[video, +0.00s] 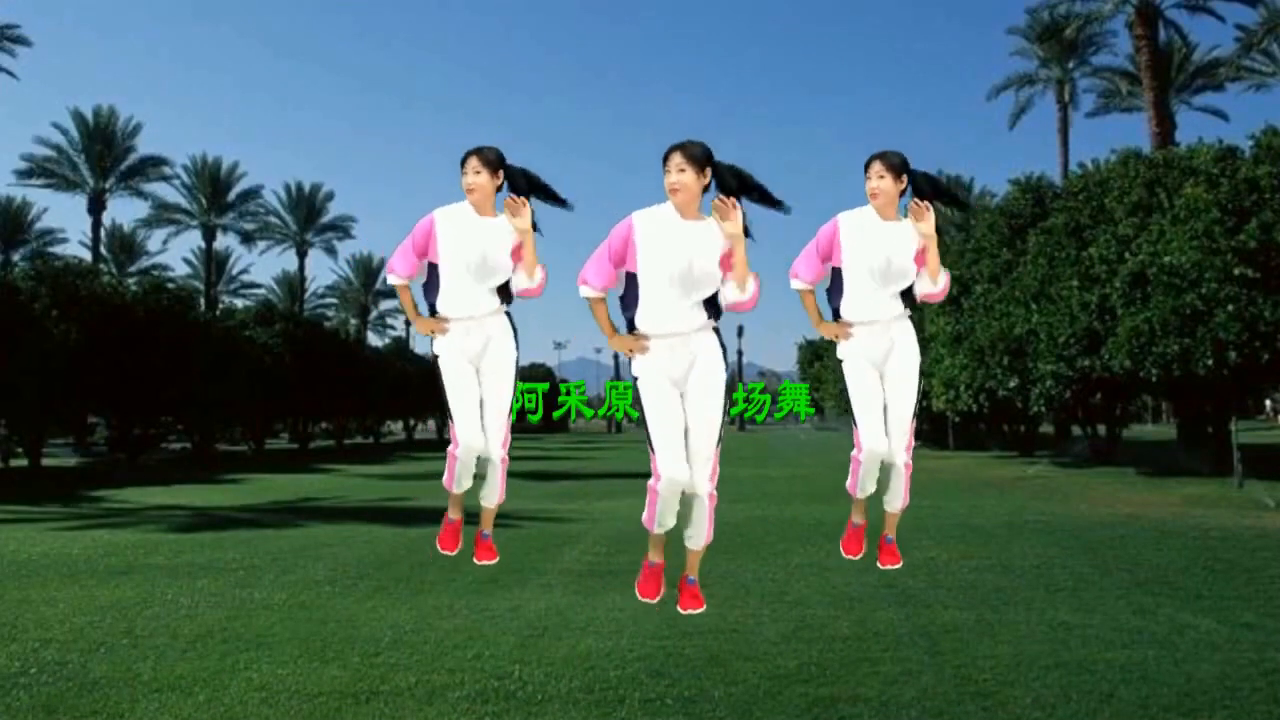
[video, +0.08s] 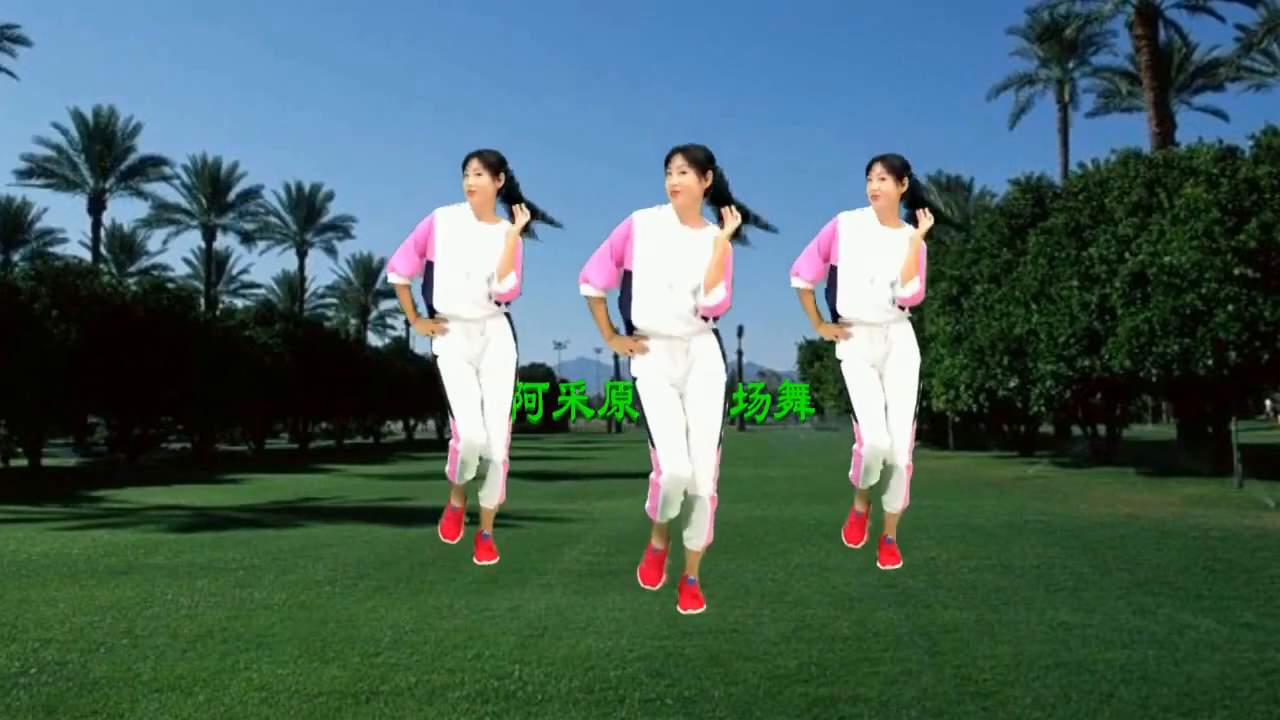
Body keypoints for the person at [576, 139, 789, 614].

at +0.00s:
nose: (673, 177)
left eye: (682, 170)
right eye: (668, 170)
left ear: (704, 177)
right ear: (662, 178)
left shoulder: (720, 231)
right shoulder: (638, 225)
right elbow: (592, 281)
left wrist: (737, 238)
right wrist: (613, 335)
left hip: (703, 352)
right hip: (652, 353)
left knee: (702, 473)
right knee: (672, 472)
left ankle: (691, 578)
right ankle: (654, 557)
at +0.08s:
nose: (674, 180)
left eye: (684, 173)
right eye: (670, 172)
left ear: (707, 181)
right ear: (664, 181)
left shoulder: (718, 240)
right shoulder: (640, 224)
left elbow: (712, 305)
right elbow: (592, 280)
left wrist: (723, 240)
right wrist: (612, 336)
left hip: (702, 352)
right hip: (651, 353)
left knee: (704, 474)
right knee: (675, 473)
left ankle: (691, 577)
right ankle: (658, 542)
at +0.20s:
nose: (668, 156)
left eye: (678, 148)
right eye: (665, 149)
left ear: (703, 158)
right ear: (661, 158)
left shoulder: (718, 213)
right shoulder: (636, 205)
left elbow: (707, 257)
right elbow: (588, 255)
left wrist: (701, 192)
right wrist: (605, 311)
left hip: (692, 336)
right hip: (641, 335)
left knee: (693, 461)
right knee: (646, 457)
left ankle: (693, 574)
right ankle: (636, 536)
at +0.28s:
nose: (664, 150)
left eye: (674, 142)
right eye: (661, 142)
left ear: (698, 150)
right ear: (657, 150)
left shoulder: (717, 202)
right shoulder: (633, 199)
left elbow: (704, 238)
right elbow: (584, 245)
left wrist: (693, 174)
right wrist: (602, 299)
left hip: (686, 328)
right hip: (635, 328)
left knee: (687, 456)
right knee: (631, 454)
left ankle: (692, 571)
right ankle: (614, 544)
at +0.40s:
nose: (657, 164)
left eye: (666, 156)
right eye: (653, 156)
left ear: (688, 163)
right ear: (646, 163)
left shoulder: (708, 211)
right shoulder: (628, 211)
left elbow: (687, 250)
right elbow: (577, 253)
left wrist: (680, 188)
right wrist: (596, 303)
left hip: (675, 341)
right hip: (626, 336)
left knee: (672, 473)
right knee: (610, 462)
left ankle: (690, 574)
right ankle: (578, 563)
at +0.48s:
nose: (652, 179)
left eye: (661, 172)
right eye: (648, 171)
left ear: (683, 179)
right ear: (643, 179)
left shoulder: (704, 231)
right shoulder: (623, 229)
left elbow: (687, 269)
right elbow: (576, 270)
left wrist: (674, 208)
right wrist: (596, 322)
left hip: (670, 362)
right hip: (619, 355)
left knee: (663, 489)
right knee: (605, 478)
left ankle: (688, 575)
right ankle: (577, 568)